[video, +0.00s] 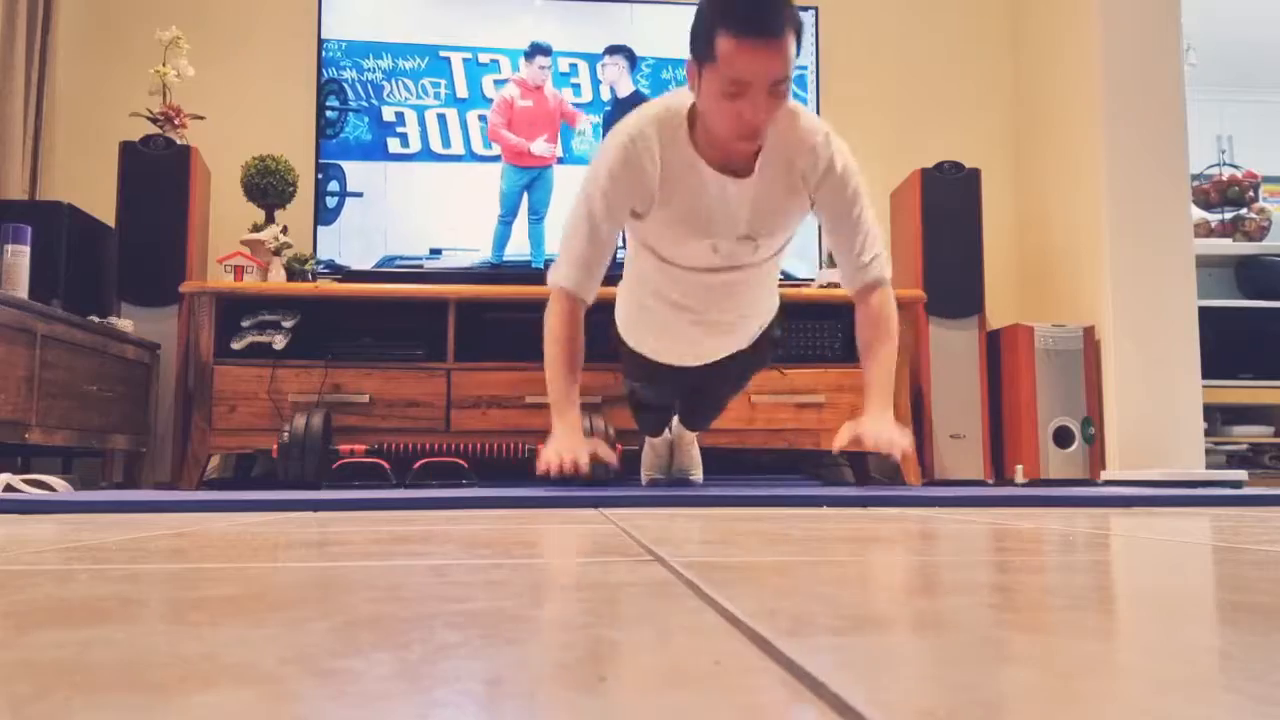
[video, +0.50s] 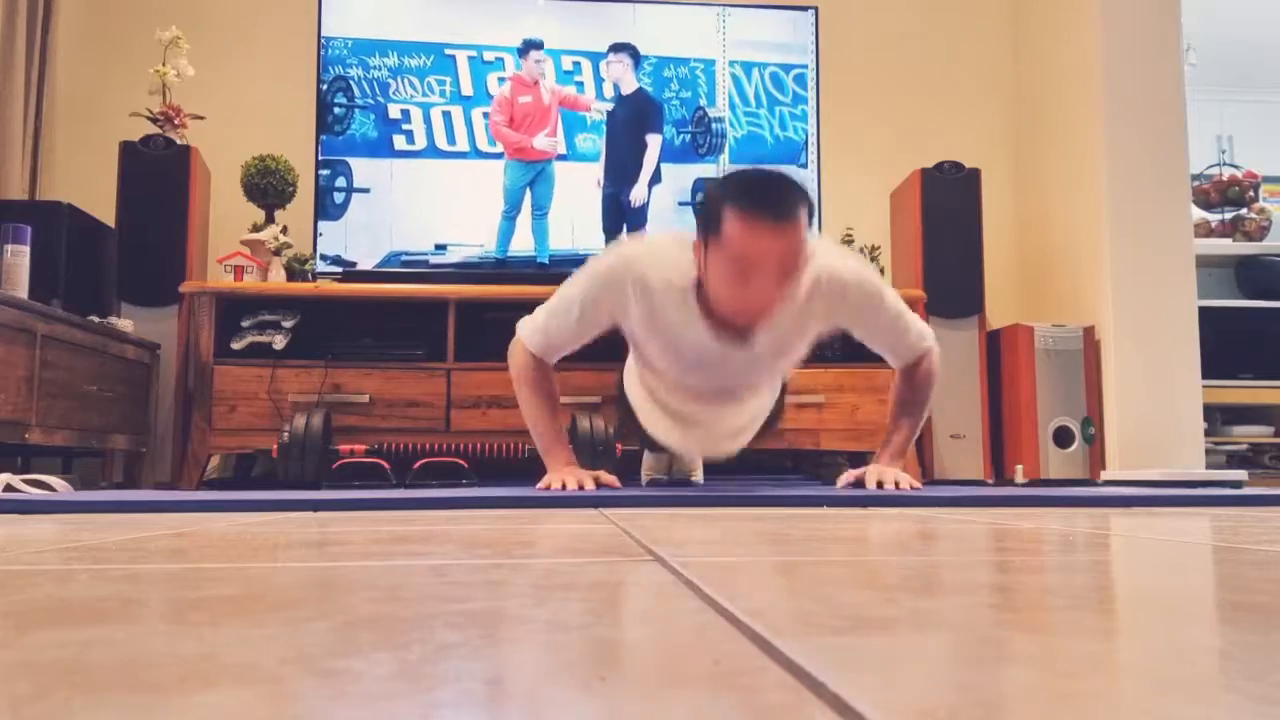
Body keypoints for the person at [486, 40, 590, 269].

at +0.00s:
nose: (546, 73)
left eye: (549, 68)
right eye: (541, 67)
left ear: (551, 67)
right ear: (526, 65)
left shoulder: (553, 95)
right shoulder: (509, 94)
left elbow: (572, 115)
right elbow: (494, 131)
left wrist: (583, 122)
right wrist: (529, 146)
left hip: (544, 168)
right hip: (515, 168)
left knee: (538, 218)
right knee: (506, 217)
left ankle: (538, 265)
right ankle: (496, 262)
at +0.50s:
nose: (542, 66)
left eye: (543, 61)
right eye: (537, 62)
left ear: (544, 61)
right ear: (523, 62)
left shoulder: (549, 89)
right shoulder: (507, 92)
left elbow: (572, 99)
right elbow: (498, 129)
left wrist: (593, 104)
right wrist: (532, 142)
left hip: (545, 163)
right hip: (518, 163)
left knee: (541, 213)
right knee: (510, 212)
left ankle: (543, 260)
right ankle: (500, 258)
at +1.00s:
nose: (527, 60)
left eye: (528, 55)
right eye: (522, 55)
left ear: (529, 57)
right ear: (507, 58)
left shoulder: (534, 86)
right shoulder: (494, 88)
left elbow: (551, 112)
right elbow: (479, 121)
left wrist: (554, 121)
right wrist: (507, 142)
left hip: (536, 159)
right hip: (508, 159)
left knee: (538, 210)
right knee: (506, 210)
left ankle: (545, 258)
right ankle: (503, 256)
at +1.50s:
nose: (529, 58)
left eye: (529, 53)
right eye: (524, 54)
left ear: (528, 56)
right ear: (509, 56)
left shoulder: (534, 87)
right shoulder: (494, 87)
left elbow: (557, 118)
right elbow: (482, 121)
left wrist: (548, 103)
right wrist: (514, 137)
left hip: (537, 157)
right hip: (509, 158)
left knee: (540, 208)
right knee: (509, 208)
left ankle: (548, 255)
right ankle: (506, 255)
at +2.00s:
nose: (535, 58)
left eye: (535, 53)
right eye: (530, 53)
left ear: (532, 55)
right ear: (515, 55)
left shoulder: (537, 83)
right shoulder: (499, 85)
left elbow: (557, 118)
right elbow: (486, 121)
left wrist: (551, 107)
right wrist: (517, 139)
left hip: (539, 156)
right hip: (511, 156)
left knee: (542, 205)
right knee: (506, 206)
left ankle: (536, 256)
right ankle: (499, 255)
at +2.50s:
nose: (531, 50)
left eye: (535, 46)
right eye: (526, 45)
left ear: (539, 51)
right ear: (515, 48)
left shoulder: (545, 84)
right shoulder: (501, 79)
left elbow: (568, 115)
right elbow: (483, 112)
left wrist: (548, 95)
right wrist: (510, 130)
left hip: (537, 156)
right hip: (508, 154)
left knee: (530, 207)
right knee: (494, 207)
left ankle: (526, 258)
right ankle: (479, 259)